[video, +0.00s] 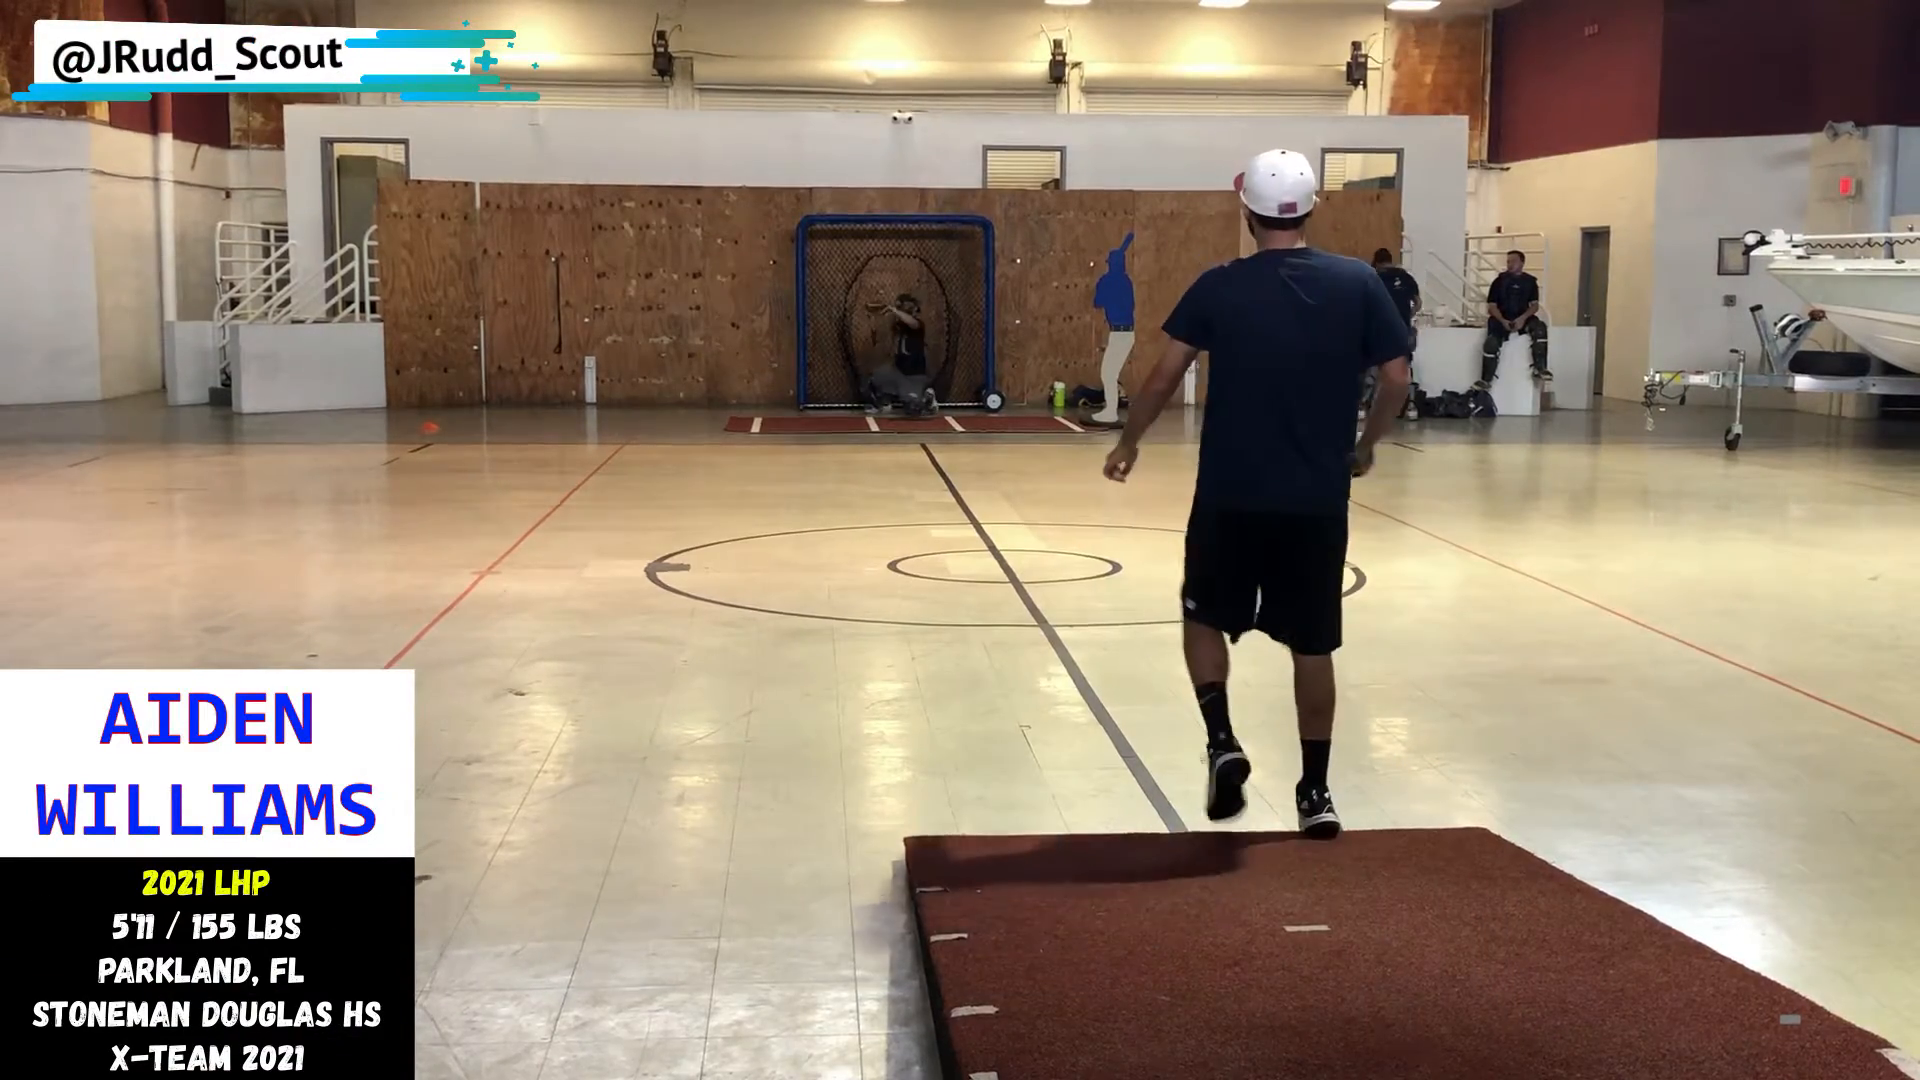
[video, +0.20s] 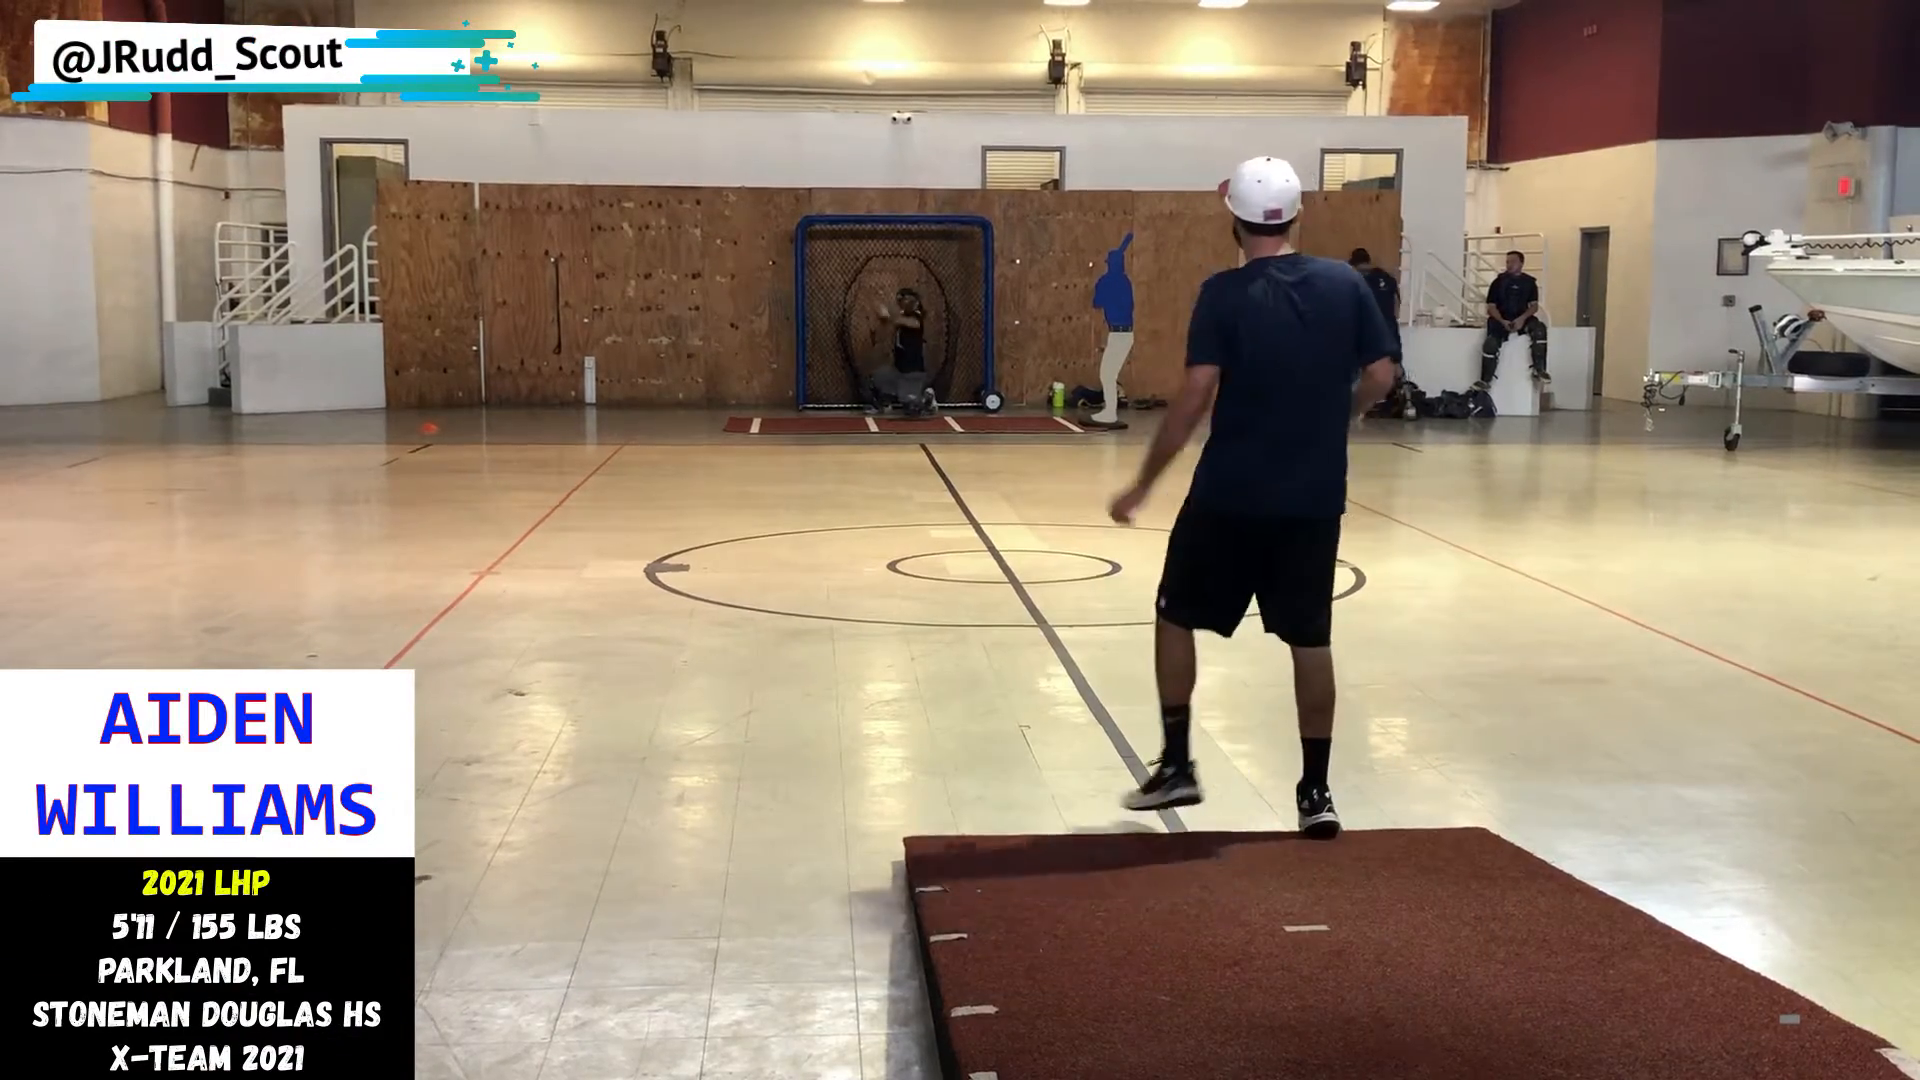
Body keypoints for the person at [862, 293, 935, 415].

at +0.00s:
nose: (900, 311)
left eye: (904, 307)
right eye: (899, 308)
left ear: (914, 309)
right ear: (897, 310)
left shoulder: (918, 325)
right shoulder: (898, 325)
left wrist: (894, 311)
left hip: (914, 374)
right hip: (898, 369)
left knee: (911, 409)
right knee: (875, 379)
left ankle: (928, 399)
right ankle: (884, 403)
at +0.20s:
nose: (904, 303)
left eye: (908, 300)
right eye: (903, 300)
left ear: (916, 303)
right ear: (900, 303)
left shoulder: (916, 320)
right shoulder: (902, 317)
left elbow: (898, 321)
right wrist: (884, 315)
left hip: (913, 372)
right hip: (898, 369)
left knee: (909, 409)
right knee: (875, 379)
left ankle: (927, 399)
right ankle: (884, 403)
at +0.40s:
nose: (893, 328)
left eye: (896, 325)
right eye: (890, 325)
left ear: (901, 325)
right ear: (885, 324)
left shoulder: (908, 339)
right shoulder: (875, 339)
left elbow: (918, 358)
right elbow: (868, 359)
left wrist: (900, 362)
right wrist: (882, 353)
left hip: (903, 382)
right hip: (883, 381)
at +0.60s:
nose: (890, 319)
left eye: (893, 316)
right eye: (886, 316)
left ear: (898, 315)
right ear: (881, 315)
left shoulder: (905, 328)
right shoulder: (872, 327)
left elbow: (916, 349)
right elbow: (863, 346)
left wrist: (901, 355)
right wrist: (878, 343)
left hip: (898, 370)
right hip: (877, 370)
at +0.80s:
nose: (882, 326)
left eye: (885, 323)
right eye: (878, 323)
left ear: (889, 322)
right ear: (873, 321)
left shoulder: (896, 333)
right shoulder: (866, 332)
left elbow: (909, 353)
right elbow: (850, 354)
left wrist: (895, 362)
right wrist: (870, 352)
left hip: (890, 367)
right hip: (868, 369)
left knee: (907, 371)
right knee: (848, 370)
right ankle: (839, 402)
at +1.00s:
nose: (876, 334)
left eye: (879, 330)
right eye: (872, 330)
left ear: (884, 329)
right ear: (867, 329)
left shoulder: (890, 341)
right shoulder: (859, 340)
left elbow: (904, 360)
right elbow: (843, 359)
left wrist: (890, 371)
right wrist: (865, 358)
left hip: (885, 375)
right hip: (862, 377)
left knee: (905, 374)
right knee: (844, 372)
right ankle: (841, 403)